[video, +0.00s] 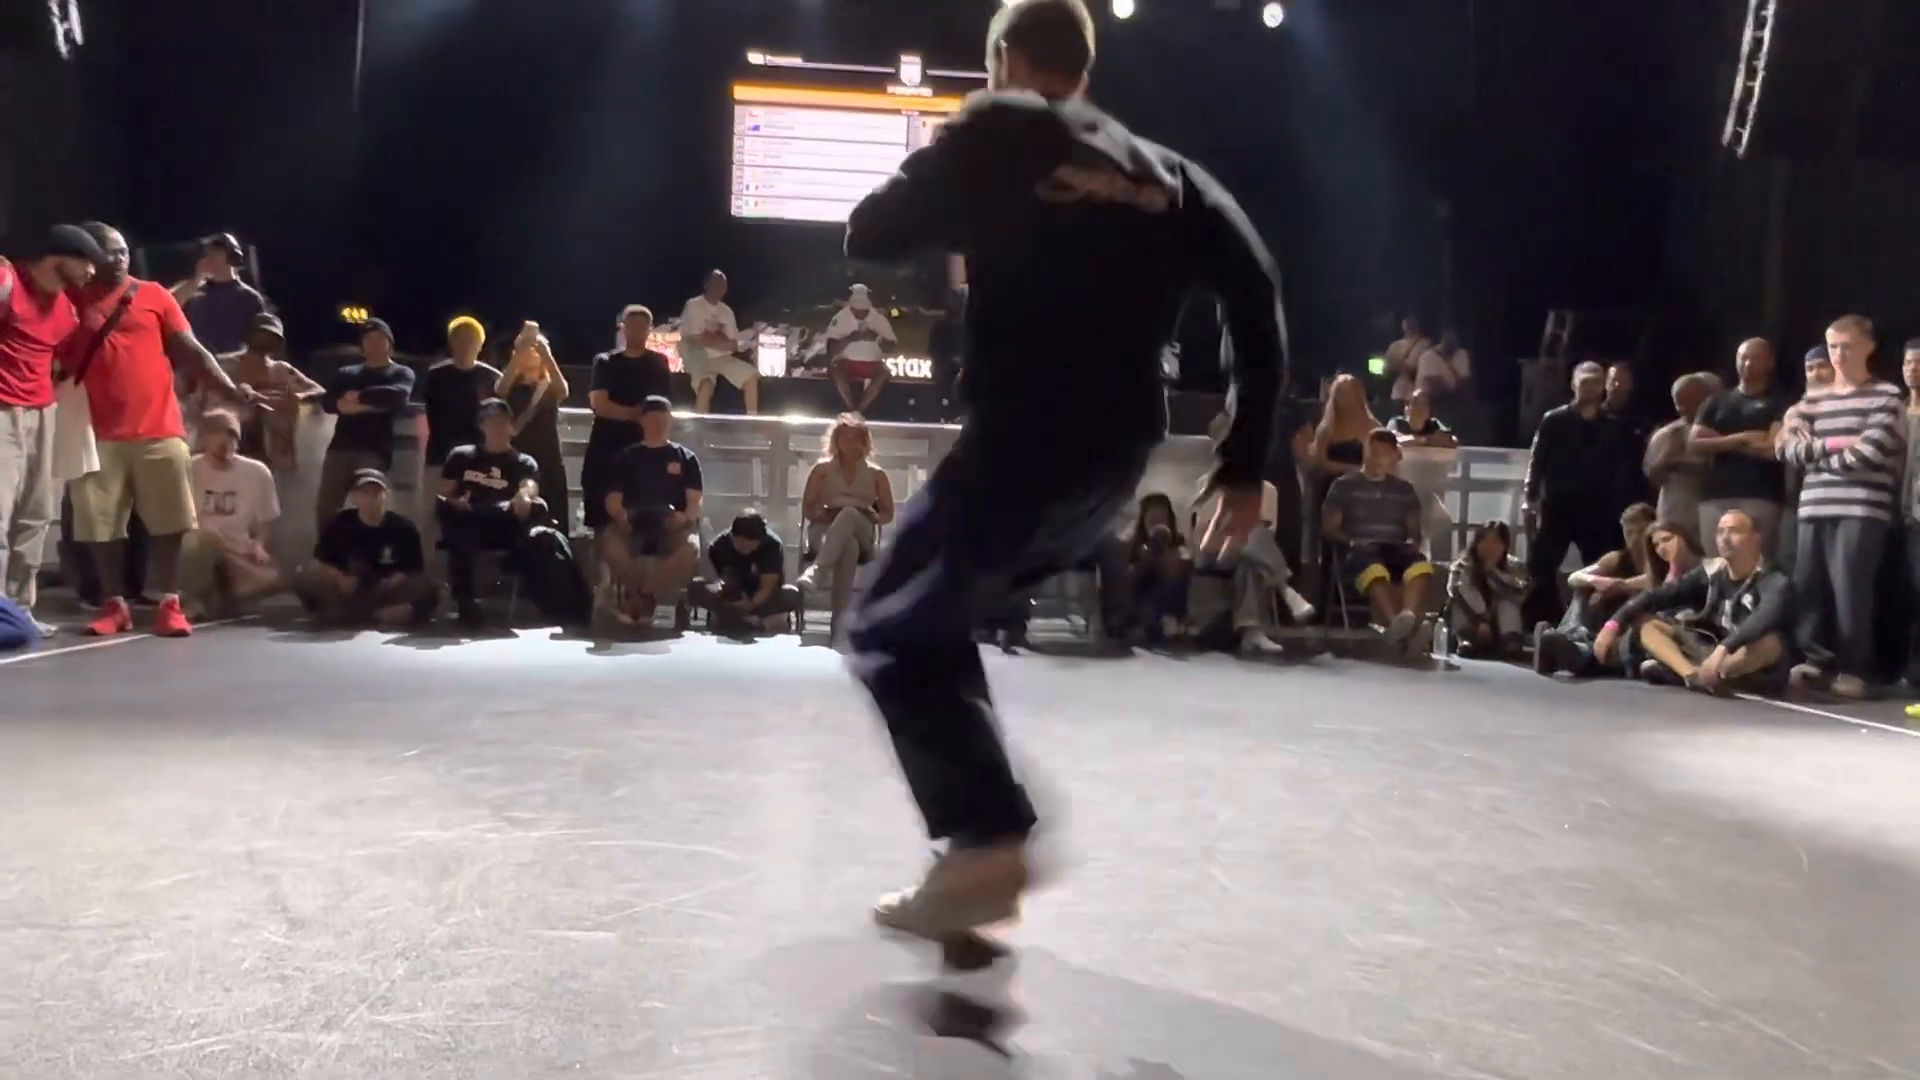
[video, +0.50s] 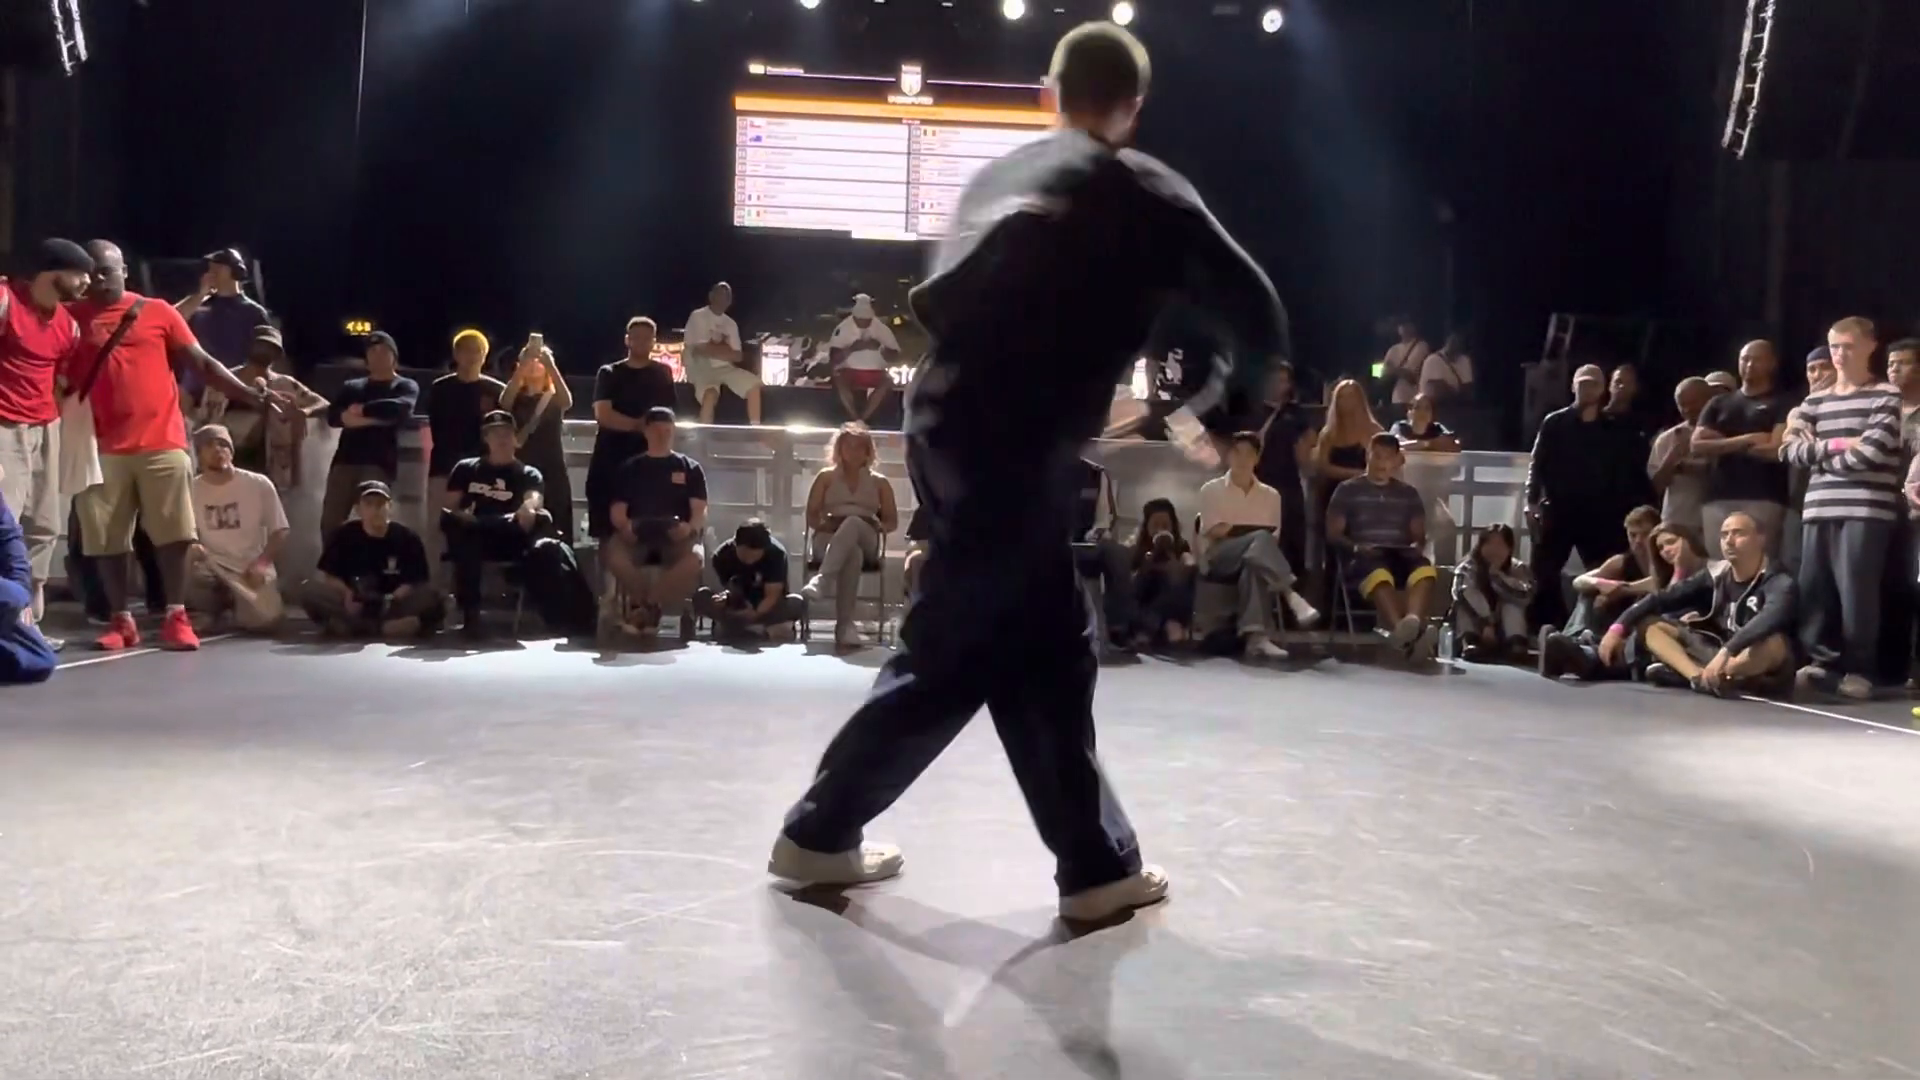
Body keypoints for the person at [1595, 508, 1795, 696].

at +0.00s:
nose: (1726, 538)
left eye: (1735, 532)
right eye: (1722, 532)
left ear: (1755, 538)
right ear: (1716, 538)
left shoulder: (1774, 582)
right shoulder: (1711, 572)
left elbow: (1767, 618)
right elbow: (1661, 596)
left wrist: (1724, 648)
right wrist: (1614, 624)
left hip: (1751, 659)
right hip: (1709, 649)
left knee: (1770, 643)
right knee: (1649, 628)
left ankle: (1692, 677)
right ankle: (1690, 675)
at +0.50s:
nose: (1729, 541)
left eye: (1738, 534)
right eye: (1725, 535)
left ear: (1760, 539)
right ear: (1719, 541)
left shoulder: (1779, 582)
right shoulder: (1716, 575)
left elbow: (1774, 616)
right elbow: (1663, 599)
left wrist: (1727, 650)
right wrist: (1618, 629)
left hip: (1762, 667)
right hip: (1719, 654)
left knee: (1774, 644)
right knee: (1653, 630)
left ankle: (1701, 679)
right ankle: (1699, 678)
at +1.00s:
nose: (1734, 539)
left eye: (1743, 533)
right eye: (1730, 534)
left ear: (1766, 537)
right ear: (1725, 539)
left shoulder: (1786, 581)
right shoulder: (1723, 571)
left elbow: (1774, 618)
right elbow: (1671, 596)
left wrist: (1732, 650)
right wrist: (1623, 626)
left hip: (1767, 665)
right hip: (1723, 651)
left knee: (1781, 642)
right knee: (1658, 627)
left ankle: (1706, 677)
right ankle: (1705, 676)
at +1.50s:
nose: (1743, 543)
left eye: (1752, 536)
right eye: (1739, 537)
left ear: (1774, 541)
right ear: (1733, 542)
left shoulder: (1794, 583)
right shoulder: (1731, 575)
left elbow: (1784, 620)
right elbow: (1678, 598)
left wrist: (1741, 654)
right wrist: (1631, 629)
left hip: (1776, 669)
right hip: (1733, 656)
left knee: (1789, 645)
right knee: (1665, 630)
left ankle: (1716, 679)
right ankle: (1711, 679)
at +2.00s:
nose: (1752, 542)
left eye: (1761, 535)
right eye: (1748, 536)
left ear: (1784, 540)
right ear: (1743, 540)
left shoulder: (1802, 582)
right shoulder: (1738, 574)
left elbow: (1791, 619)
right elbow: (1686, 596)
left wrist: (1748, 653)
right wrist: (1638, 626)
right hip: (1738, 653)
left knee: (1797, 643)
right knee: (1673, 630)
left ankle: (1717, 678)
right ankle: (1719, 677)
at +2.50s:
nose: (1758, 542)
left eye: (1767, 535)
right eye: (1755, 536)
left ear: (1792, 540)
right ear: (1749, 540)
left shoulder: (1810, 582)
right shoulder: (1745, 572)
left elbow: (1798, 620)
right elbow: (1693, 595)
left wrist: (1754, 651)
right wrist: (1645, 625)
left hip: (1789, 661)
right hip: (1746, 651)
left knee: (1803, 643)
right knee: (1679, 627)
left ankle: (1726, 678)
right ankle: (1726, 677)